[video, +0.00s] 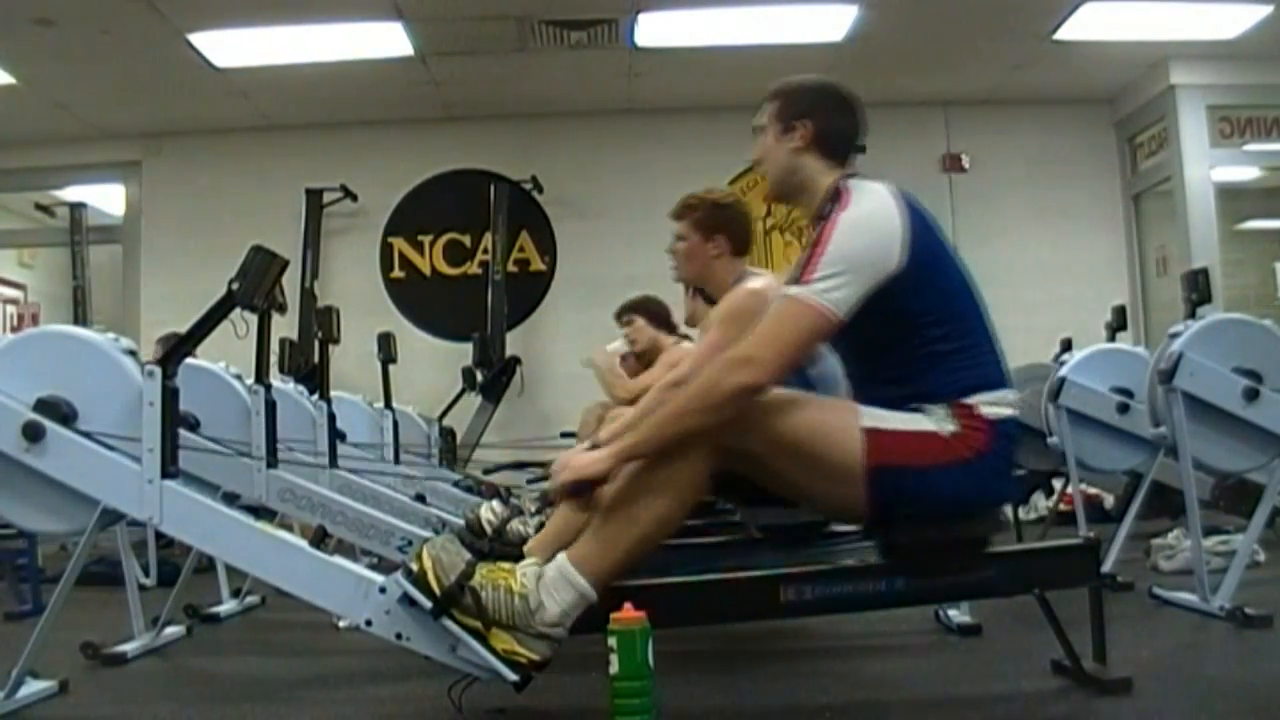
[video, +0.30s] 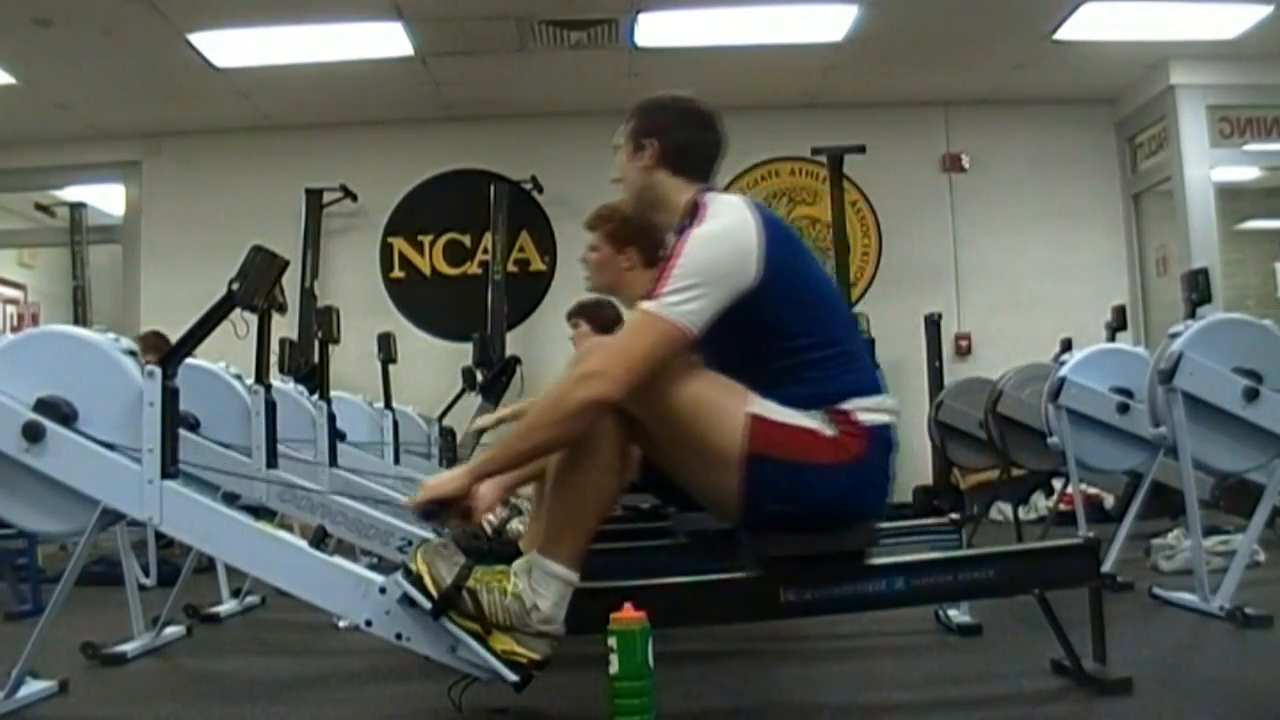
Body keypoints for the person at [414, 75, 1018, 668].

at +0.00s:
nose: (751, 157)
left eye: (760, 135)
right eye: (755, 138)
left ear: (802, 137)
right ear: (806, 138)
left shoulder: (868, 213)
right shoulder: (830, 224)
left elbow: (754, 371)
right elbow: (732, 350)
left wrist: (612, 451)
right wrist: (617, 441)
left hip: (961, 441)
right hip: (912, 430)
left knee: (714, 419)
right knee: (696, 409)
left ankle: (546, 608)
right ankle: (536, 592)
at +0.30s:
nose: (616, 174)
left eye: (622, 157)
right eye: (619, 158)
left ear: (651, 157)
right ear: (678, 162)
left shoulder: (726, 228)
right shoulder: (702, 235)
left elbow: (601, 382)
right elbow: (606, 382)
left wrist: (472, 471)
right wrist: (501, 481)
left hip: (838, 456)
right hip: (803, 451)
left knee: (611, 370)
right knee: (606, 386)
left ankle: (534, 596)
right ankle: (534, 600)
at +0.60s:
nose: (529, 193)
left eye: (531, 175)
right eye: (530, 178)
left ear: (554, 170)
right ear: (596, 169)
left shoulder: (632, 237)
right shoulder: (632, 238)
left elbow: (493, 387)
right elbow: (513, 408)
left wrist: (365, 469)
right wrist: (405, 481)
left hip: (748, 467)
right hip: (742, 463)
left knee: (550, 361)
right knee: (546, 360)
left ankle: (536, 587)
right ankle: (535, 574)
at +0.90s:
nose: (570, 174)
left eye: (576, 156)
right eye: (574, 158)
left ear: (605, 151)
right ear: (631, 158)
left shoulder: (668, 229)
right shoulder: (649, 234)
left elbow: (517, 367)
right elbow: (522, 370)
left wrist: (378, 431)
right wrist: (405, 444)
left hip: (780, 462)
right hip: (751, 456)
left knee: (571, 358)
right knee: (553, 357)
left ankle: (538, 586)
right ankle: (532, 568)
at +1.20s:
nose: (711, 144)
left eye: (721, 127)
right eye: (716, 128)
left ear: (754, 130)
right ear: (765, 135)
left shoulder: (811, 214)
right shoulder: (785, 218)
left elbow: (663, 343)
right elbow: (659, 339)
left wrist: (509, 398)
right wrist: (517, 399)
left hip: (891, 447)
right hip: (848, 437)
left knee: (654, 381)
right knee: (635, 382)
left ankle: (547, 591)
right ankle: (541, 579)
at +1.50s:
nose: (834, 145)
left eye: (843, 125)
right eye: (840, 128)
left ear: (876, 126)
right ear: (889, 131)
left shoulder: (928, 213)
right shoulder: (898, 220)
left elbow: (781, 325)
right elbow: (779, 321)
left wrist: (628, 375)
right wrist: (642, 387)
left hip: (977, 448)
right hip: (937, 441)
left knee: (716, 443)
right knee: (703, 443)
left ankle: (534, 611)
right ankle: (528, 605)